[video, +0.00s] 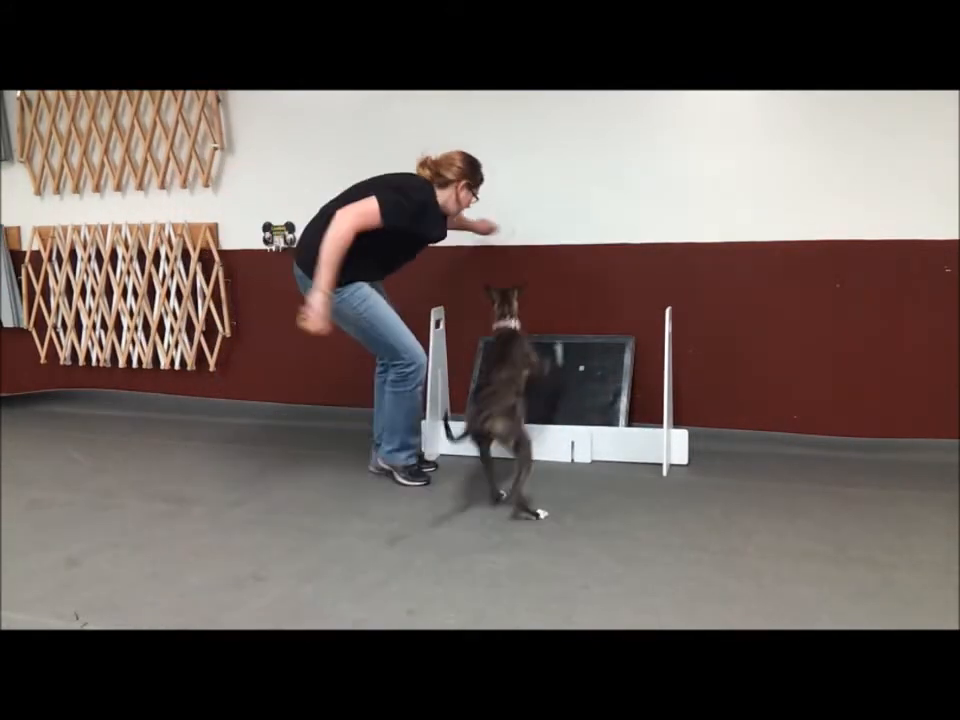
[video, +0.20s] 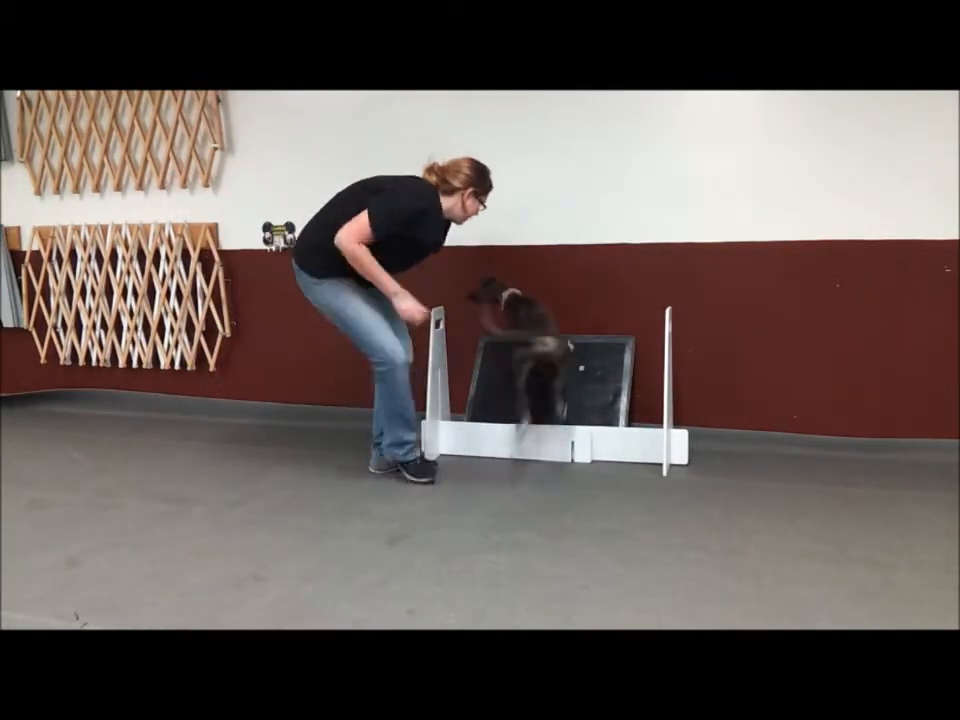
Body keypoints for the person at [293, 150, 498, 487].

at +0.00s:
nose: (472, 200)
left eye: (475, 194)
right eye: (472, 192)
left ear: (453, 185)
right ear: (457, 185)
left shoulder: (430, 206)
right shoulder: (414, 198)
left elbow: (448, 219)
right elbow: (345, 219)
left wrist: (474, 226)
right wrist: (321, 294)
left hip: (354, 274)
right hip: (336, 278)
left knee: (392, 358)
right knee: (410, 360)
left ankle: (386, 451)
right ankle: (398, 456)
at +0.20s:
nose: (480, 209)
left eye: (482, 203)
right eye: (480, 201)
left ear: (461, 192)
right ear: (465, 193)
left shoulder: (436, 221)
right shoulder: (413, 198)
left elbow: (376, 248)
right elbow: (347, 239)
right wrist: (399, 296)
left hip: (356, 271)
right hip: (322, 270)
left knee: (401, 353)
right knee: (390, 354)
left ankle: (385, 452)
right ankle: (403, 452)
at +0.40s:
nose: (469, 240)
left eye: (472, 233)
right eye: (469, 232)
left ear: (448, 223)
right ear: (451, 225)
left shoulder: (428, 247)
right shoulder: (391, 233)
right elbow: (360, 305)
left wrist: (413, 336)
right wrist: (415, 341)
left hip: (359, 275)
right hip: (306, 268)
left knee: (402, 356)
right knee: (324, 358)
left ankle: (389, 454)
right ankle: (337, 468)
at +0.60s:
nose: (411, 290)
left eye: (414, 282)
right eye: (405, 283)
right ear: (378, 273)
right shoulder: (336, 287)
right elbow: (341, 378)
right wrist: (388, 449)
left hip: (345, 298)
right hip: (277, 294)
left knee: (399, 365)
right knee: (262, 397)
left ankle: (389, 453)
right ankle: (256, 512)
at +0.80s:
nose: (289, 312)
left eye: (297, 301)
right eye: (276, 303)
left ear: (313, 286)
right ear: (252, 293)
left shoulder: (332, 273)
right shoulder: (235, 298)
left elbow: (340, 249)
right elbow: (232, 387)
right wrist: (221, 464)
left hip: (323, 308)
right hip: (244, 322)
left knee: (365, 384)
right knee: (212, 403)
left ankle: (390, 475)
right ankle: (252, 517)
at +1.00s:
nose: (198, 272)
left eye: (208, 259)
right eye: (189, 262)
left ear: (236, 246)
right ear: (177, 256)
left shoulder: (281, 241)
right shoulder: (175, 282)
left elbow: (338, 245)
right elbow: (130, 357)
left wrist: (358, 283)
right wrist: (72, 421)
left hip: (312, 288)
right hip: (236, 312)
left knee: (330, 374)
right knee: (213, 397)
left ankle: (332, 450)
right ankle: (254, 516)